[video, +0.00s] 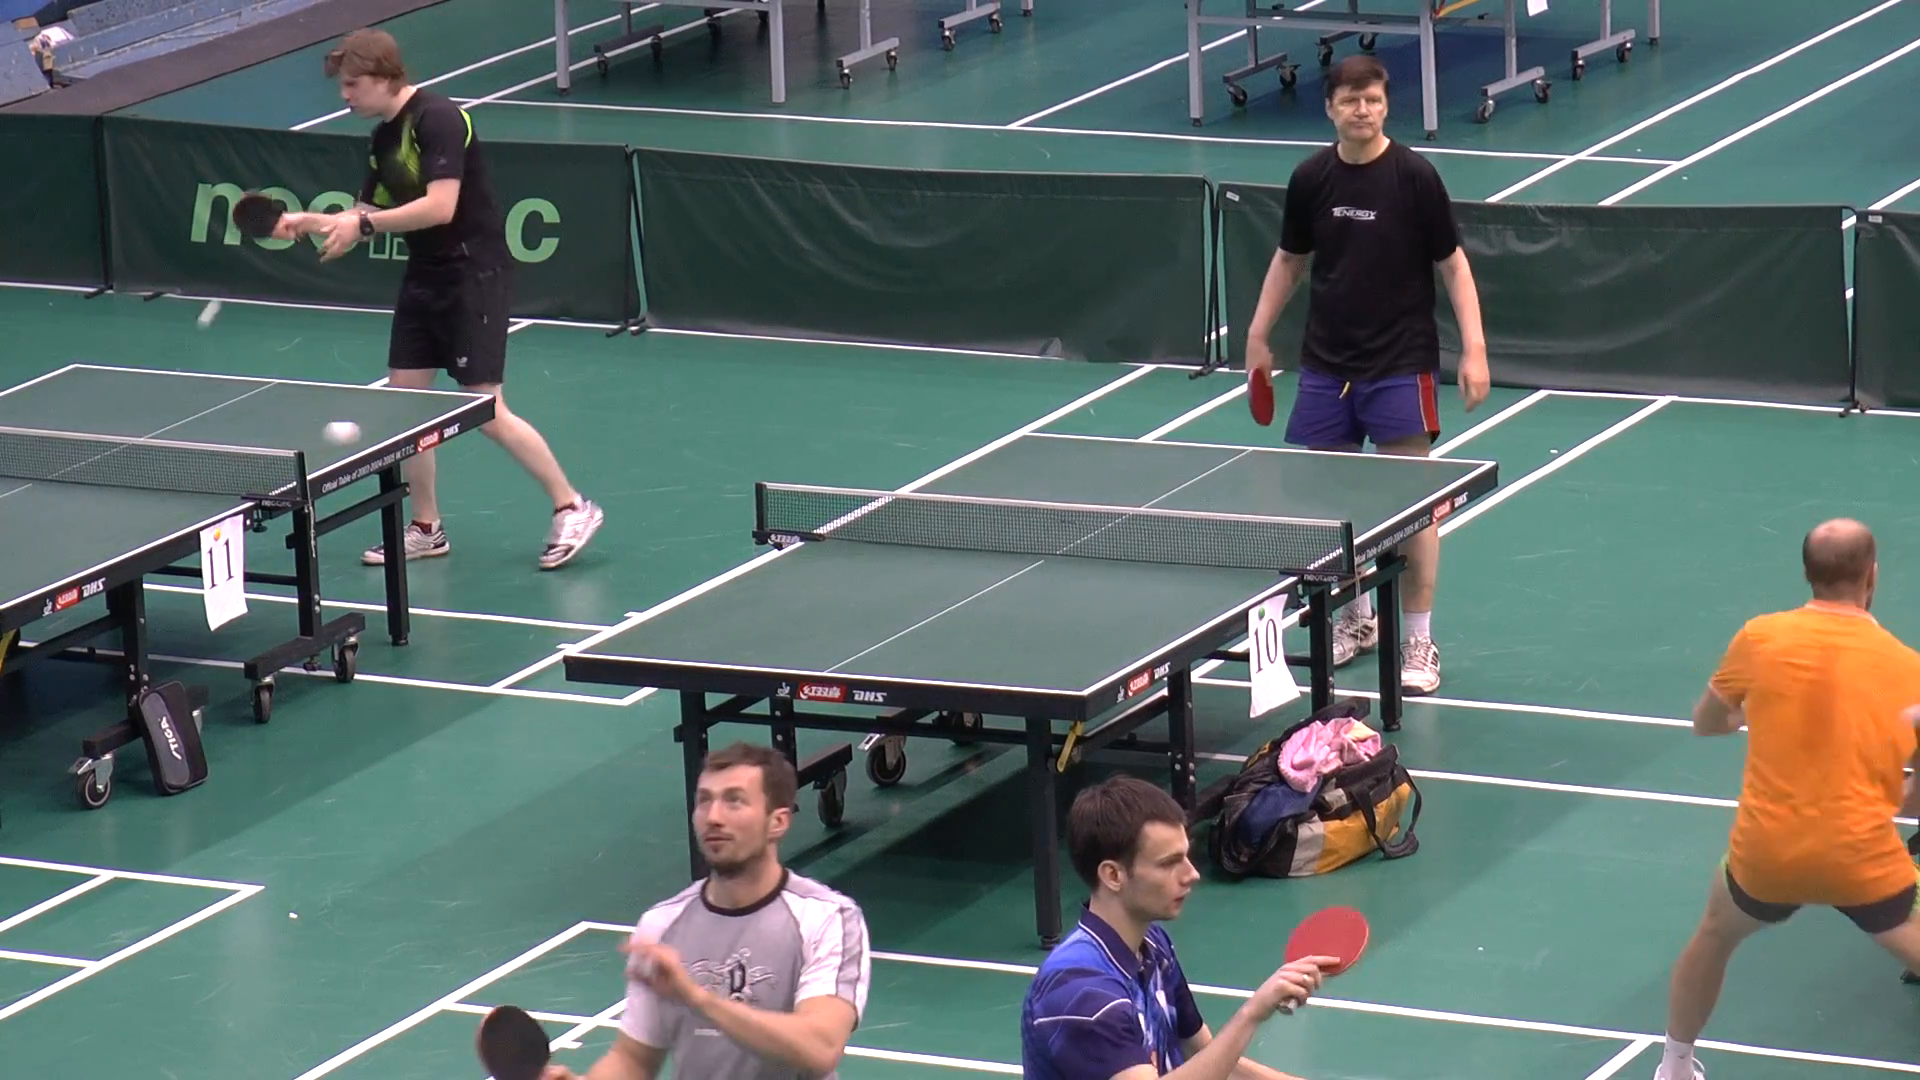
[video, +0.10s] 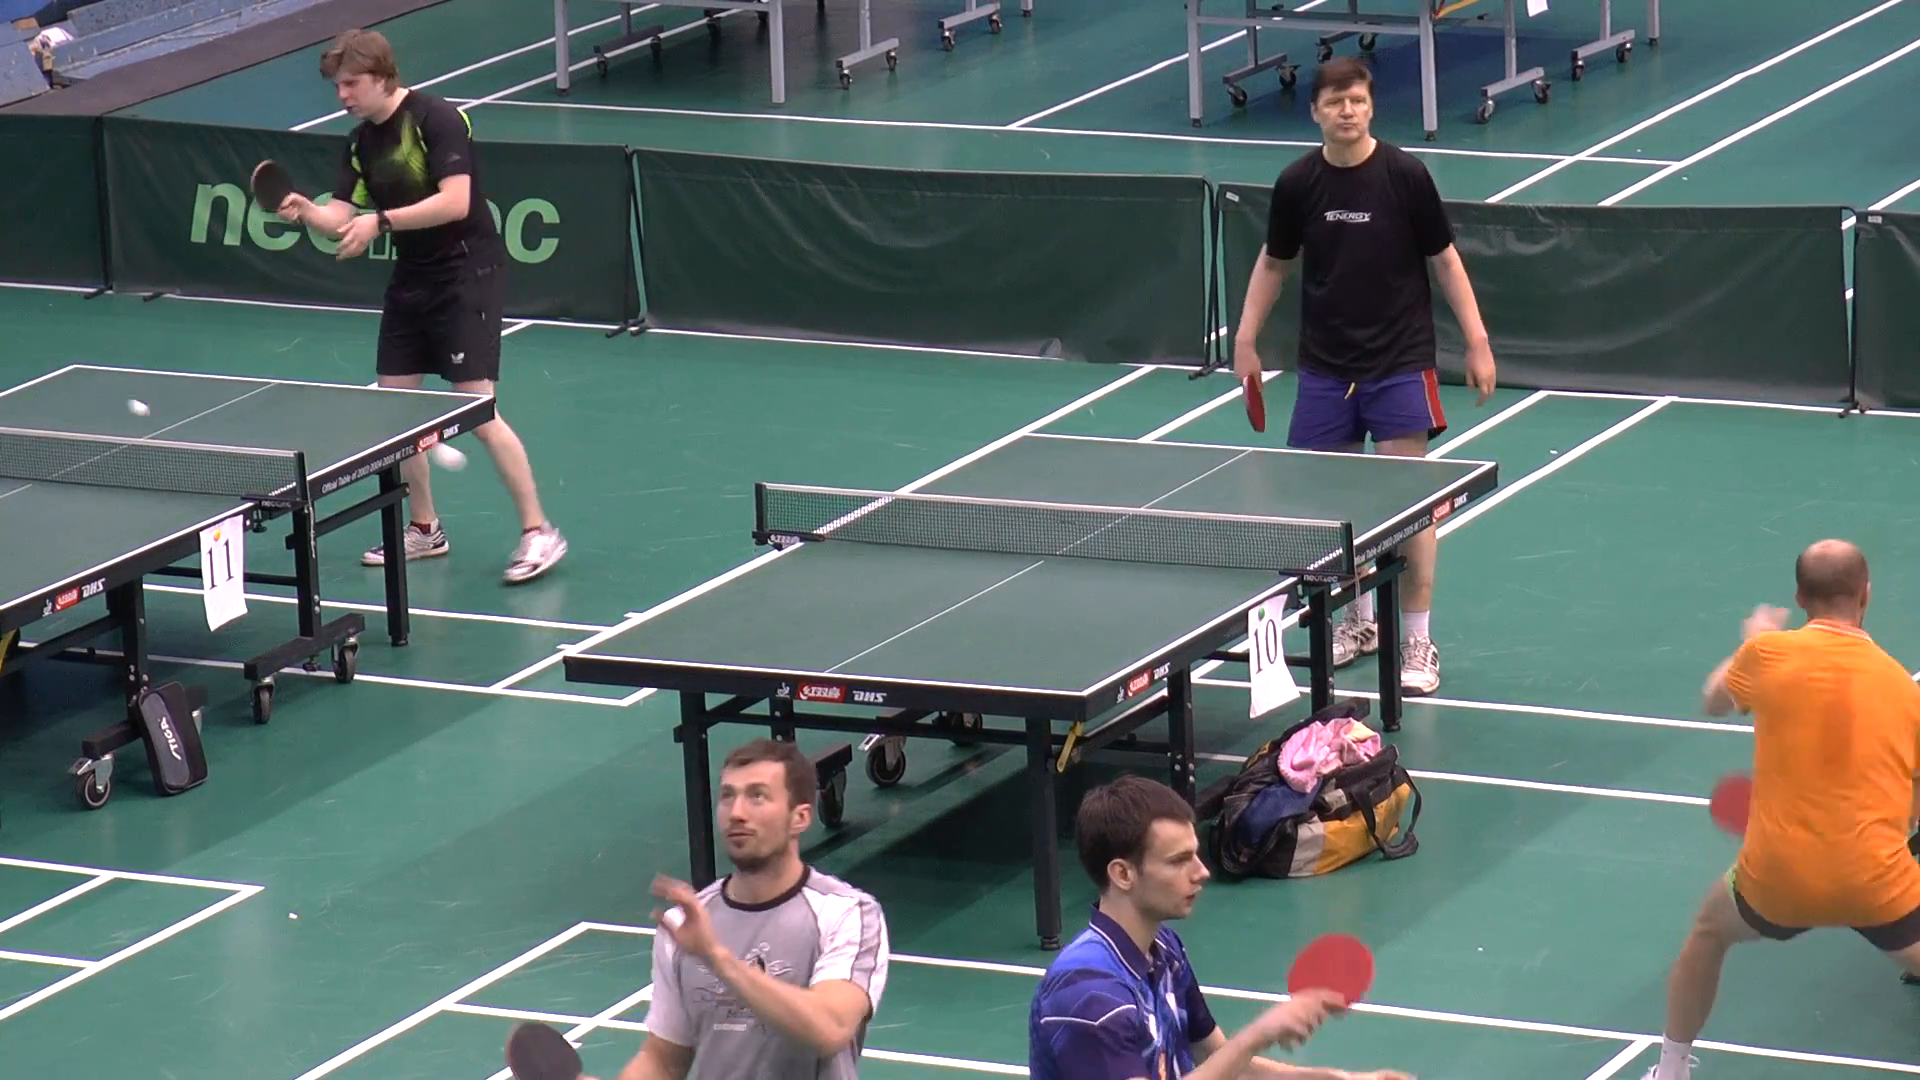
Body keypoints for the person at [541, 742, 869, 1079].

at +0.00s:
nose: (712, 817)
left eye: (734, 801)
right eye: (704, 802)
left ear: (777, 822)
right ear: (693, 814)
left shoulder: (830, 919)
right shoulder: (660, 925)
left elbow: (819, 1049)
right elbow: (631, 1058)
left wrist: (694, 997)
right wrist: (580, 1078)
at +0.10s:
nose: (735, 813)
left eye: (757, 797)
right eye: (727, 797)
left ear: (800, 818)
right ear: (717, 808)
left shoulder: (851, 915)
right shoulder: (684, 922)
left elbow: (829, 1029)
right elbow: (663, 1057)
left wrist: (716, 955)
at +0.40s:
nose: (775, 813)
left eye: (796, 798)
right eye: (763, 797)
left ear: (831, 818)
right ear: (749, 811)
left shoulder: (878, 920)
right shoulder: (700, 924)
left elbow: (850, 1033)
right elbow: (672, 1054)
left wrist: (765, 923)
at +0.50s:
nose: (775, 821)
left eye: (794, 805)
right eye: (762, 803)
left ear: (830, 818)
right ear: (747, 813)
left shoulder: (879, 926)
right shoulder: (696, 924)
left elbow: (870, 1059)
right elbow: (670, 1057)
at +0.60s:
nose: (775, 828)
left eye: (794, 810)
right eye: (762, 809)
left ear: (828, 820)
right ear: (745, 815)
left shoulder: (877, 928)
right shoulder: (691, 926)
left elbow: (894, 1063)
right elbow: (665, 1058)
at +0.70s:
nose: (793, 837)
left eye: (808, 816)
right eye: (775, 817)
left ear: (827, 818)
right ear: (744, 818)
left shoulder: (876, 928)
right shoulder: (686, 929)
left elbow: (905, 1061)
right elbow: (658, 1056)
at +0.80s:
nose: (820, 843)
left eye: (828, 823)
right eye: (800, 826)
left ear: (836, 819)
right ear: (752, 827)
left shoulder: (875, 927)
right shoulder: (681, 934)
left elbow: (906, 1063)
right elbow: (651, 1059)